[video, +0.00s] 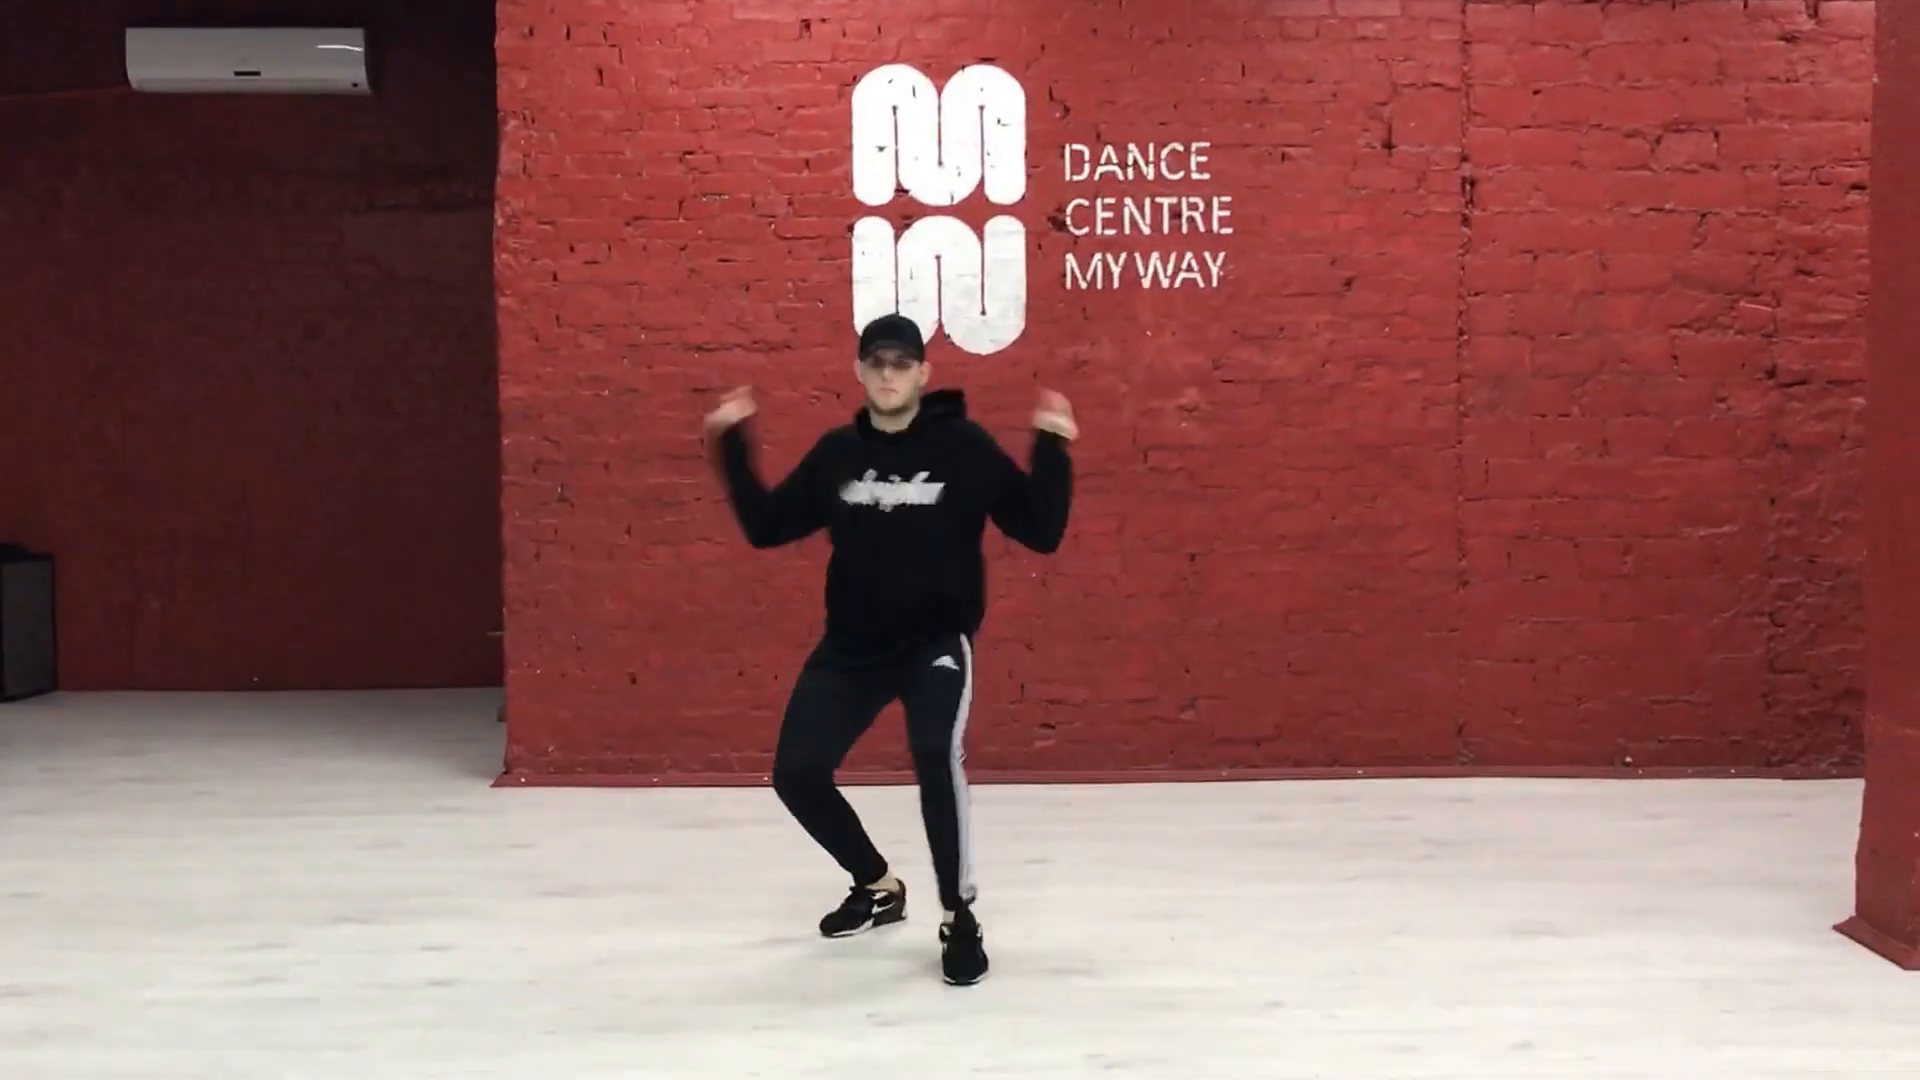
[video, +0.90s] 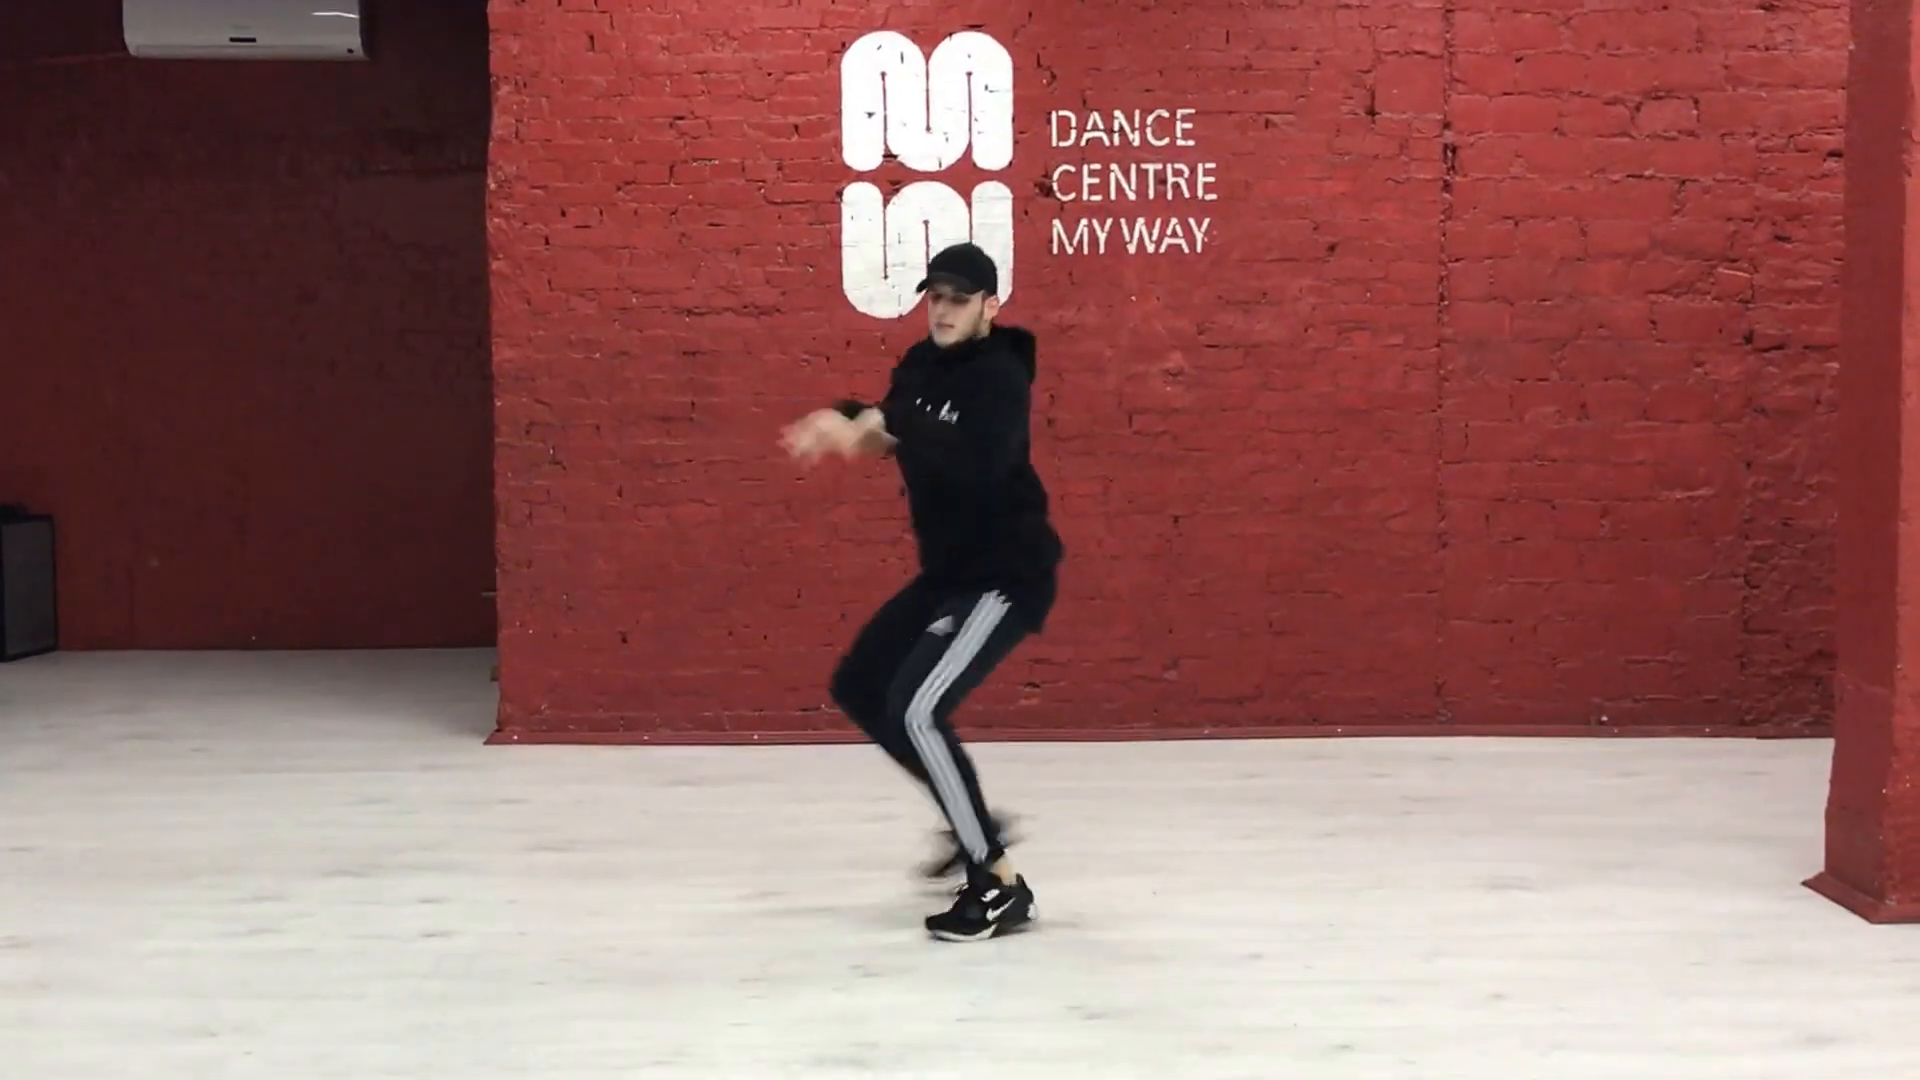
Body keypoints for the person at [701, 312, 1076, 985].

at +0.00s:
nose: (888, 375)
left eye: (902, 363)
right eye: (876, 363)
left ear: (923, 372)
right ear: (860, 372)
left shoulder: (963, 447)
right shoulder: (839, 452)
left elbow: (1041, 531)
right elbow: (766, 525)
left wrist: (1054, 448)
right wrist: (730, 444)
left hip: (938, 642)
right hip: (853, 646)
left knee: (937, 762)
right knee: (798, 775)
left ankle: (960, 917)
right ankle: (878, 885)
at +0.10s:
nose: (885, 348)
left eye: (898, 336)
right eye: (874, 336)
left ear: (920, 342)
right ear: (857, 340)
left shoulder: (940, 427)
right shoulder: (838, 396)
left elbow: (969, 545)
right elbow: (793, 496)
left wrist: (1037, 535)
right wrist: (805, 461)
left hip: (919, 618)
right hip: (847, 619)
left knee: (892, 747)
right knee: (786, 758)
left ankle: (952, 910)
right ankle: (873, 876)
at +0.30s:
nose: (847, 341)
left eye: (862, 329)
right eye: (838, 329)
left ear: (895, 333)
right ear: (828, 336)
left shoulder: (926, 400)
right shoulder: (828, 416)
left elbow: (950, 497)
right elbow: (777, 490)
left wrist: (855, 480)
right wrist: (742, 546)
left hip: (903, 609)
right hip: (828, 603)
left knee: (816, 728)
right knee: (759, 728)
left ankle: (809, 912)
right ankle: (848, 871)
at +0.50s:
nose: (836, 323)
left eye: (850, 313)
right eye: (837, 312)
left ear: (888, 320)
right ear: (862, 319)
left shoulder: (892, 395)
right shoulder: (863, 389)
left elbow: (890, 520)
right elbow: (848, 504)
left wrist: (791, 503)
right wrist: (774, 485)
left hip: (924, 590)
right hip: (878, 583)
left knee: (824, 697)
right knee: (790, 696)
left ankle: (870, 874)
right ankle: (846, 857)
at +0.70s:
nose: (917, 358)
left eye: (930, 345)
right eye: (912, 344)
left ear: (970, 343)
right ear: (911, 344)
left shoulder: (975, 434)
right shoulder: (926, 401)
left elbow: (892, 531)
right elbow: (864, 464)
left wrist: (817, 478)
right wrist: (789, 459)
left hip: (915, 605)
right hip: (882, 596)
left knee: (840, 753)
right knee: (799, 684)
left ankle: (982, 883)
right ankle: (844, 857)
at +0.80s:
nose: (927, 335)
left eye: (942, 322)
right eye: (922, 322)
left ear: (980, 325)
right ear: (917, 324)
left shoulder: (990, 414)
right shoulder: (926, 379)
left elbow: (919, 503)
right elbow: (878, 455)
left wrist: (848, 452)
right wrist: (804, 435)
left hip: (954, 599)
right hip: (912, 591)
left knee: (874, 747)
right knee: (826, 675)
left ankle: (996, 890)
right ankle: (853, 851)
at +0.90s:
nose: (942, 309)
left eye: (958, 298)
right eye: (935, 296)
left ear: (989, 306)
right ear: (923, 300)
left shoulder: (1000, 369)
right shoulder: (920, 362)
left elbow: (978, 453)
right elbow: (898, 423)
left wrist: (885, 438)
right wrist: (848, 422)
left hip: (1007, 579)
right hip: (948, 576)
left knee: (913, 711)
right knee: (859, 688)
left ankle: (994, 881)